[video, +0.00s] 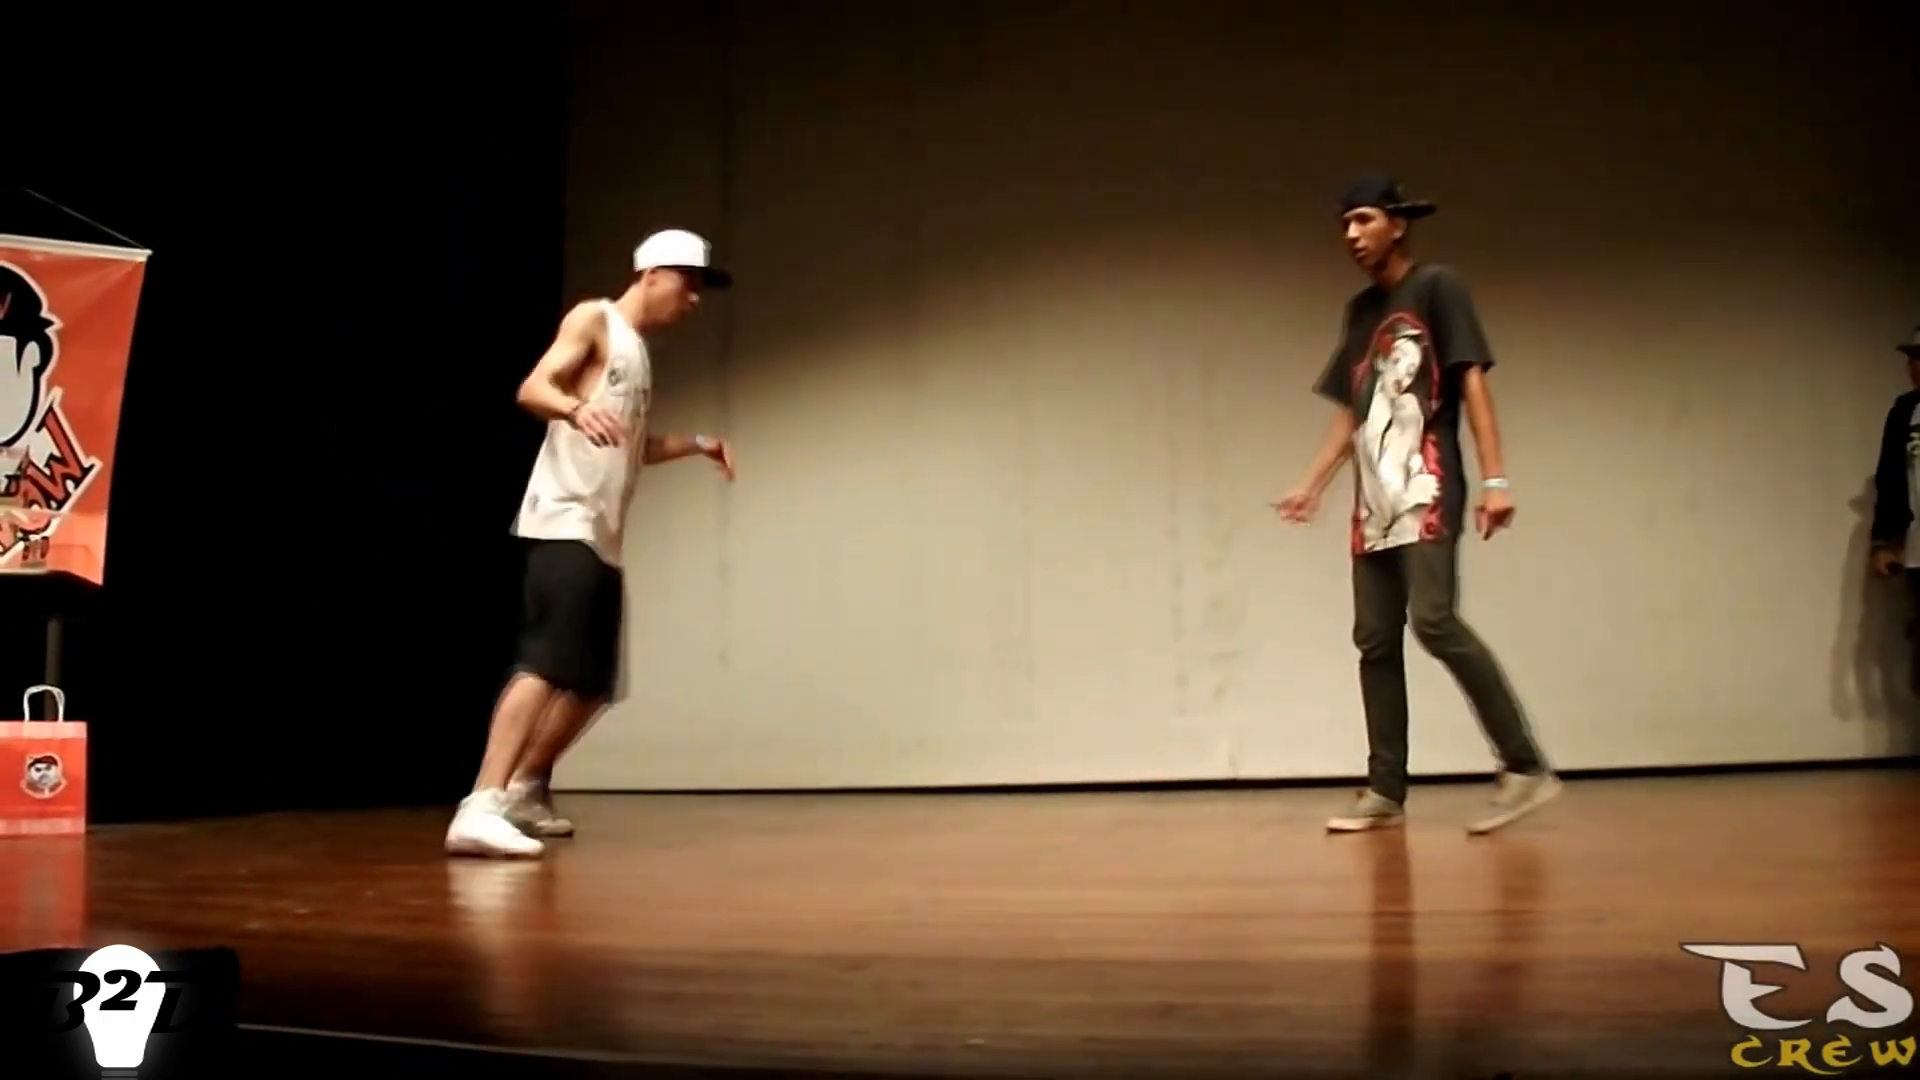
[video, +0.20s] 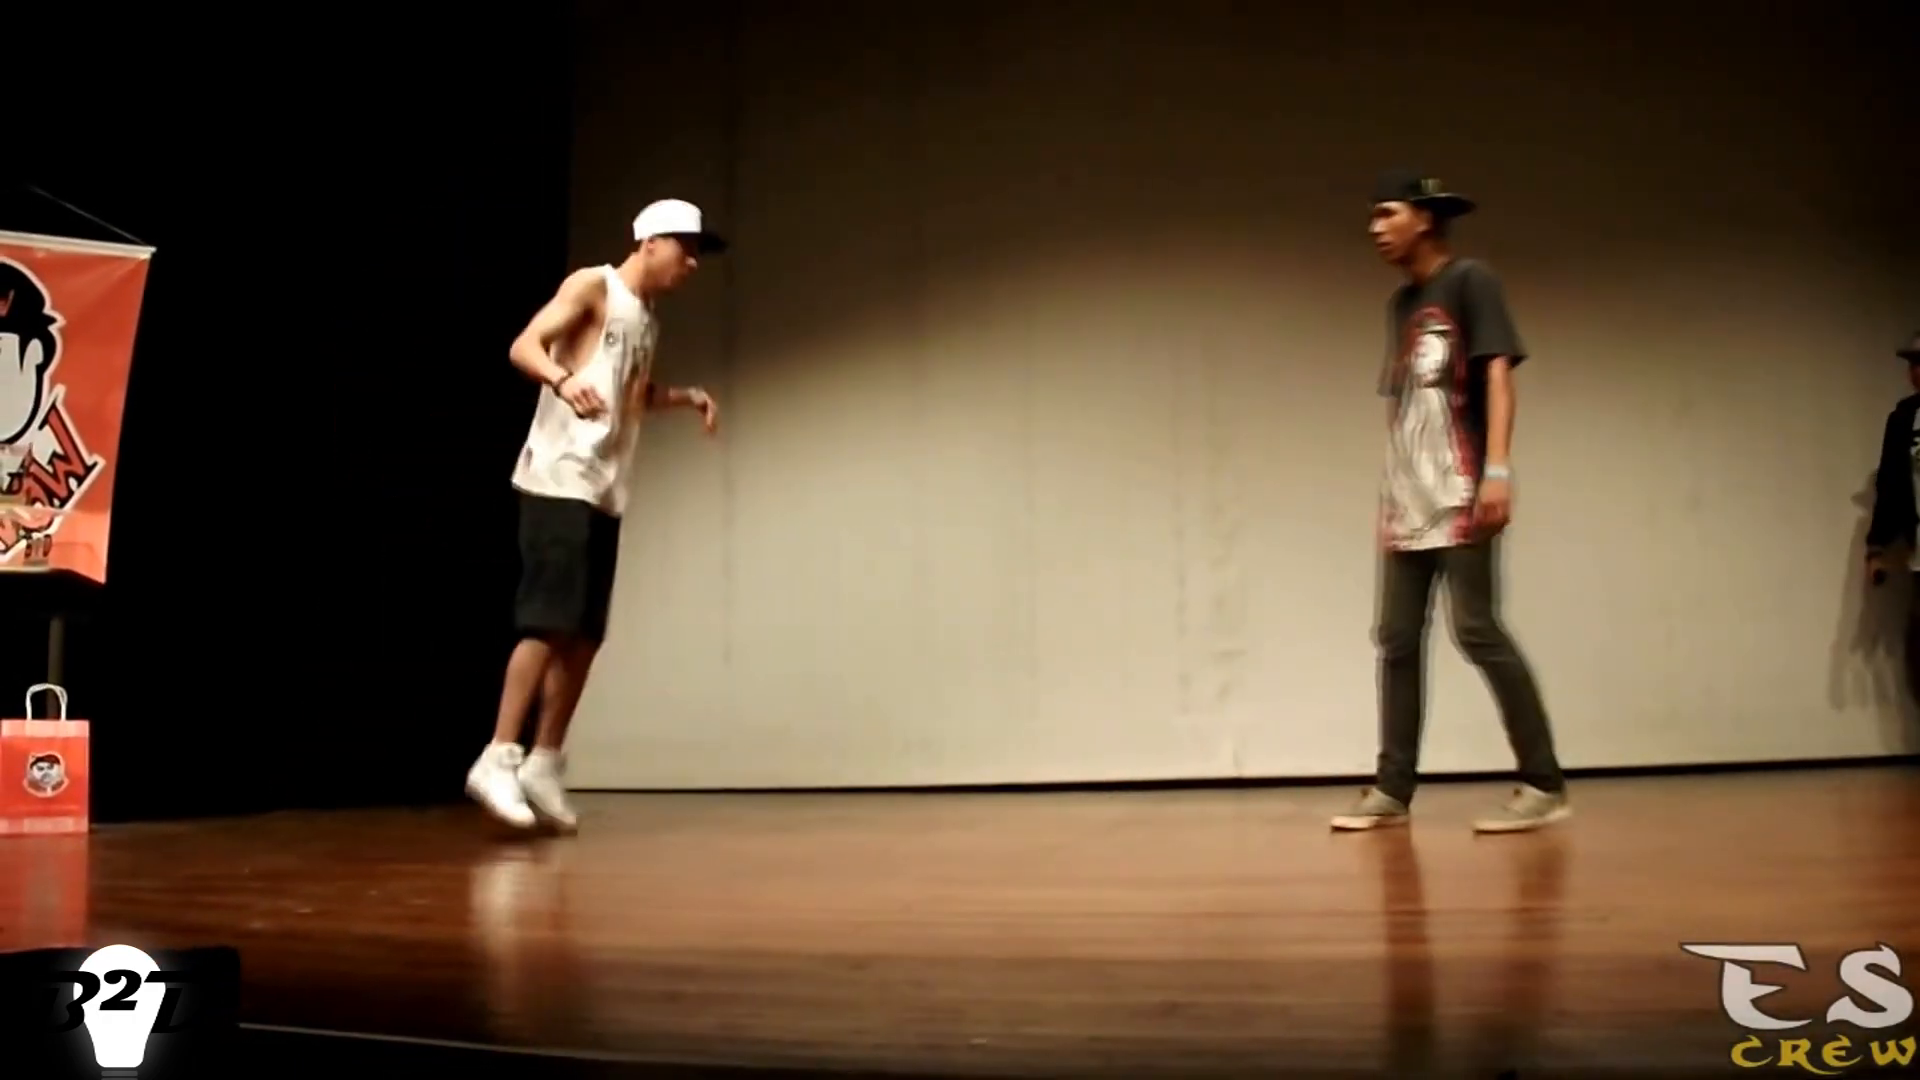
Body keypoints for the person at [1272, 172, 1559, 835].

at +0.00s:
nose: (1353, 233)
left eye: (1364, 220)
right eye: (1347, 224)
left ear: (1398, 225)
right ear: (1346, 236)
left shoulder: (1437, 287)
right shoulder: (1360, 309)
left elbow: (1472, 383)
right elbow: (1350, 413)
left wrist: (1494, 479)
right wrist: (1311, 483)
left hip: (1428, 493)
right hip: (1372, 502)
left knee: (1435, 623)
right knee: (1375, 641)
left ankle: (1528, 769)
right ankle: (1385, 793)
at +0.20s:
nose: (1376, 229)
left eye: (1387, 216)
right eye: (1374, 218)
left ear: (1425, 220)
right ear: (1390, 229)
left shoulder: (1471, 283)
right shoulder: (1402, 304)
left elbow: (1498, 378)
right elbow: (1403, 410)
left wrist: (1496, 473)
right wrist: (1393, 501)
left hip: (1464, 494)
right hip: (1409, 499)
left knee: (1477, 630)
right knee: (1397, 639)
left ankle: (1543, 784)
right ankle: (1392, 792)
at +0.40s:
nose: (1414, 221)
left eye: (1426, 208)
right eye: (1415, 210)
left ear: (1464, 214)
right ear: (1443, 221)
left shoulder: (1505, 271)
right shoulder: (1459, 292)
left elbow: (1525, 354)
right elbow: (1465, 399)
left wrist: (1494, 432)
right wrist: (1449, 498)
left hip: (1515, 488)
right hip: (1469, 492)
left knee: (1528, 630)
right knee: (1440, 624)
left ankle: (1552, 790)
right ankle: (1451, 788)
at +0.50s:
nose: (1435, 214)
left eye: (1447, 203)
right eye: (1438, 204)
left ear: (1484, 209)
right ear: (1473, 213)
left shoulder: (1524, 268)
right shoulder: (1484, 285)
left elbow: (1537, 353)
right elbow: (1498, 382)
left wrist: (1502, 431)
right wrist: (1488, 461)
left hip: (1534, 481)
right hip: (1492, 481)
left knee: (1541, 629)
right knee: (1455, 619)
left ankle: (1553, 793)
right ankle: (1532, 761)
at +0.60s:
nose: (1458, 211)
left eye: (1470, 200)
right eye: (1460, 201)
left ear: (1505, 208)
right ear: (1494, 211)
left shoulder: (1543, 269)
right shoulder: (1503, 283)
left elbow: (1563, 364)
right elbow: (1504, 398)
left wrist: (1541, 453)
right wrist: (1488, 497)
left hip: (1544, 488)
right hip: (1507, 491)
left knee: (1547, 629)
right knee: (1499, 627)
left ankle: (1551, 791)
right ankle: (1607, 737)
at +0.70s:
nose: (1481, 213)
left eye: (1493, 202)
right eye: (1483, 203)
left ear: (1529, 211)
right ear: (1517, 216)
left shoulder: (1564, 271)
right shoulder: (1527, 286)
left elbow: (1600, 369)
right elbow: (1526, 403)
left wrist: (1595, 471)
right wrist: (1503, 488)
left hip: (1561, 488)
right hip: (1534, 491)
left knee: (1556, 630)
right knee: (1555, 628)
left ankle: (1550, 791)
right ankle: (1663, 754)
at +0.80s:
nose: (1501, 217)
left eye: (1512, 206)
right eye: (1505, 206)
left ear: (1545, 217)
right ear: (1537, 218)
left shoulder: (1582, 276)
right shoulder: (1543, 290)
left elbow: (1637, 366)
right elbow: (1534, 403)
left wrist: (1662, 471)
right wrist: (1500, 481)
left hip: (1579, 493)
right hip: (1561, 493)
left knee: (1562, 631)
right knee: (1608, 628)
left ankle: (1549, 792)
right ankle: (1684, 770)